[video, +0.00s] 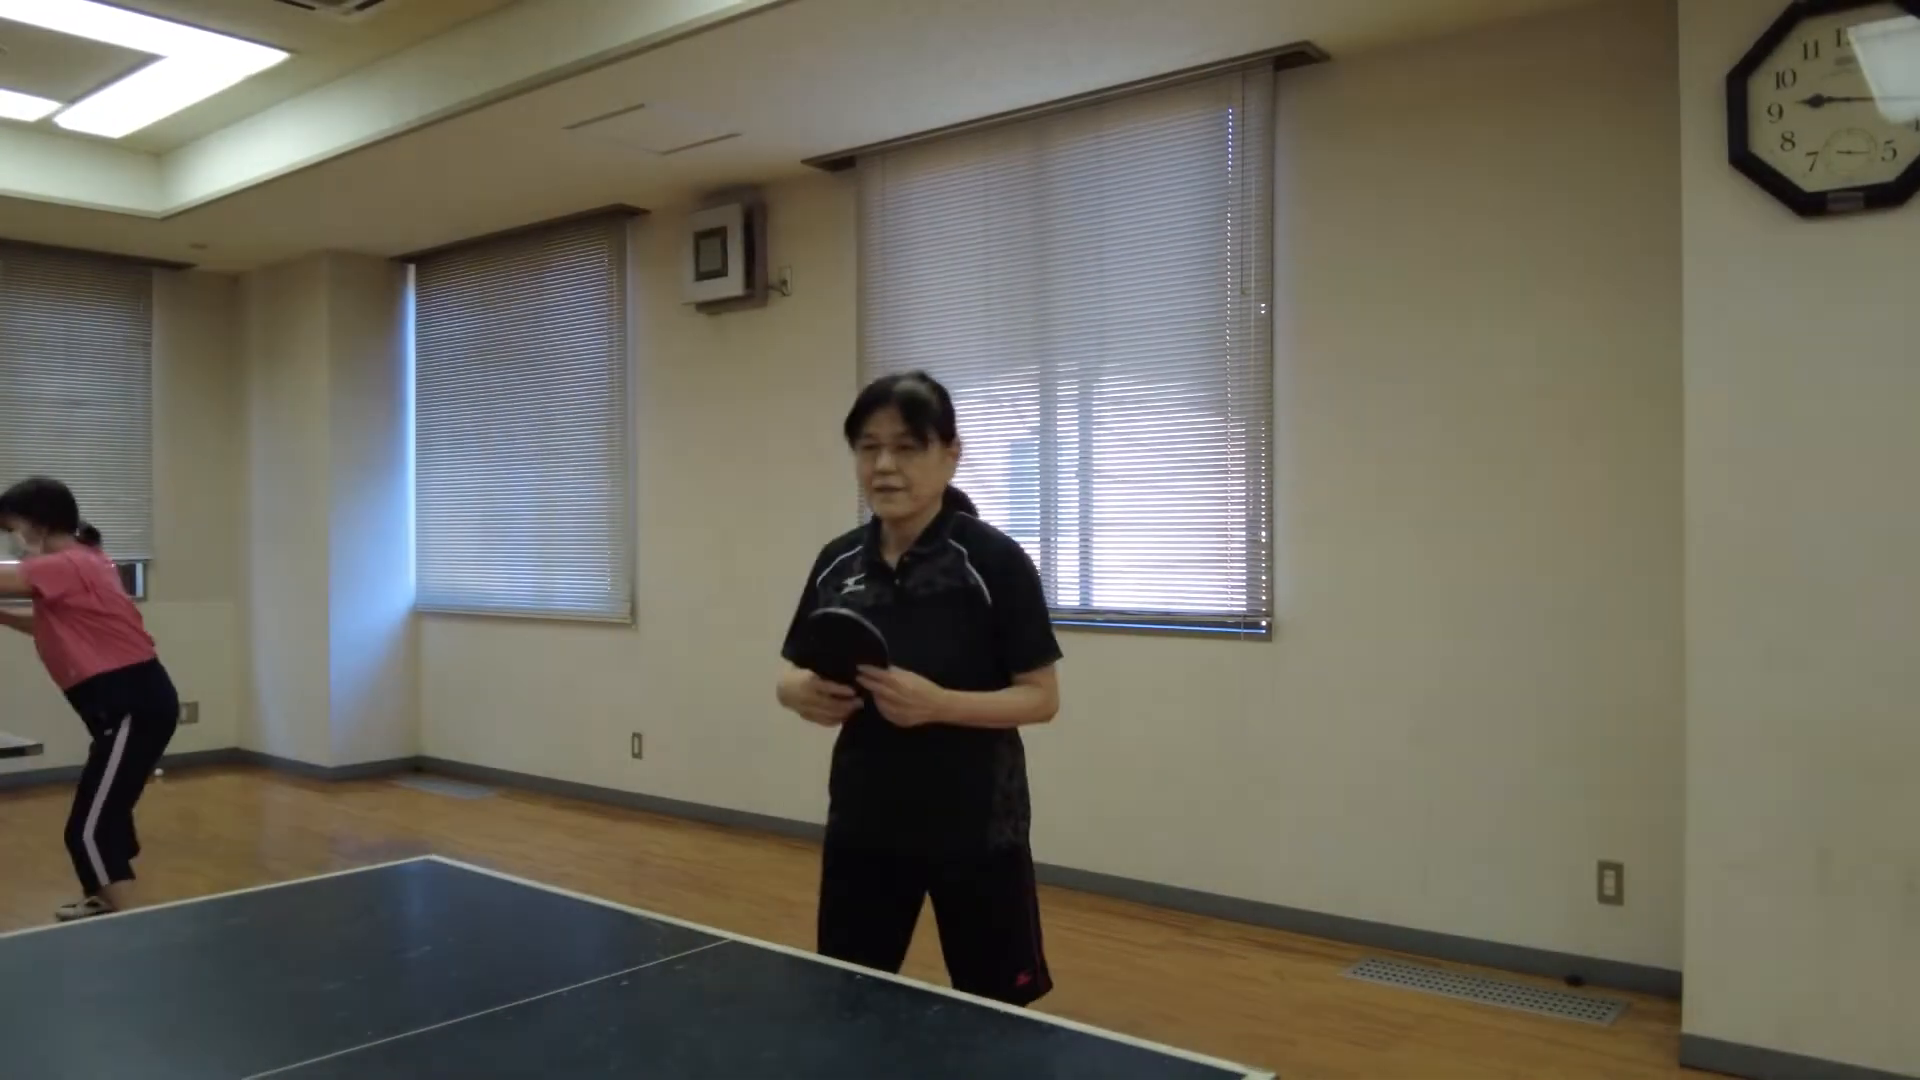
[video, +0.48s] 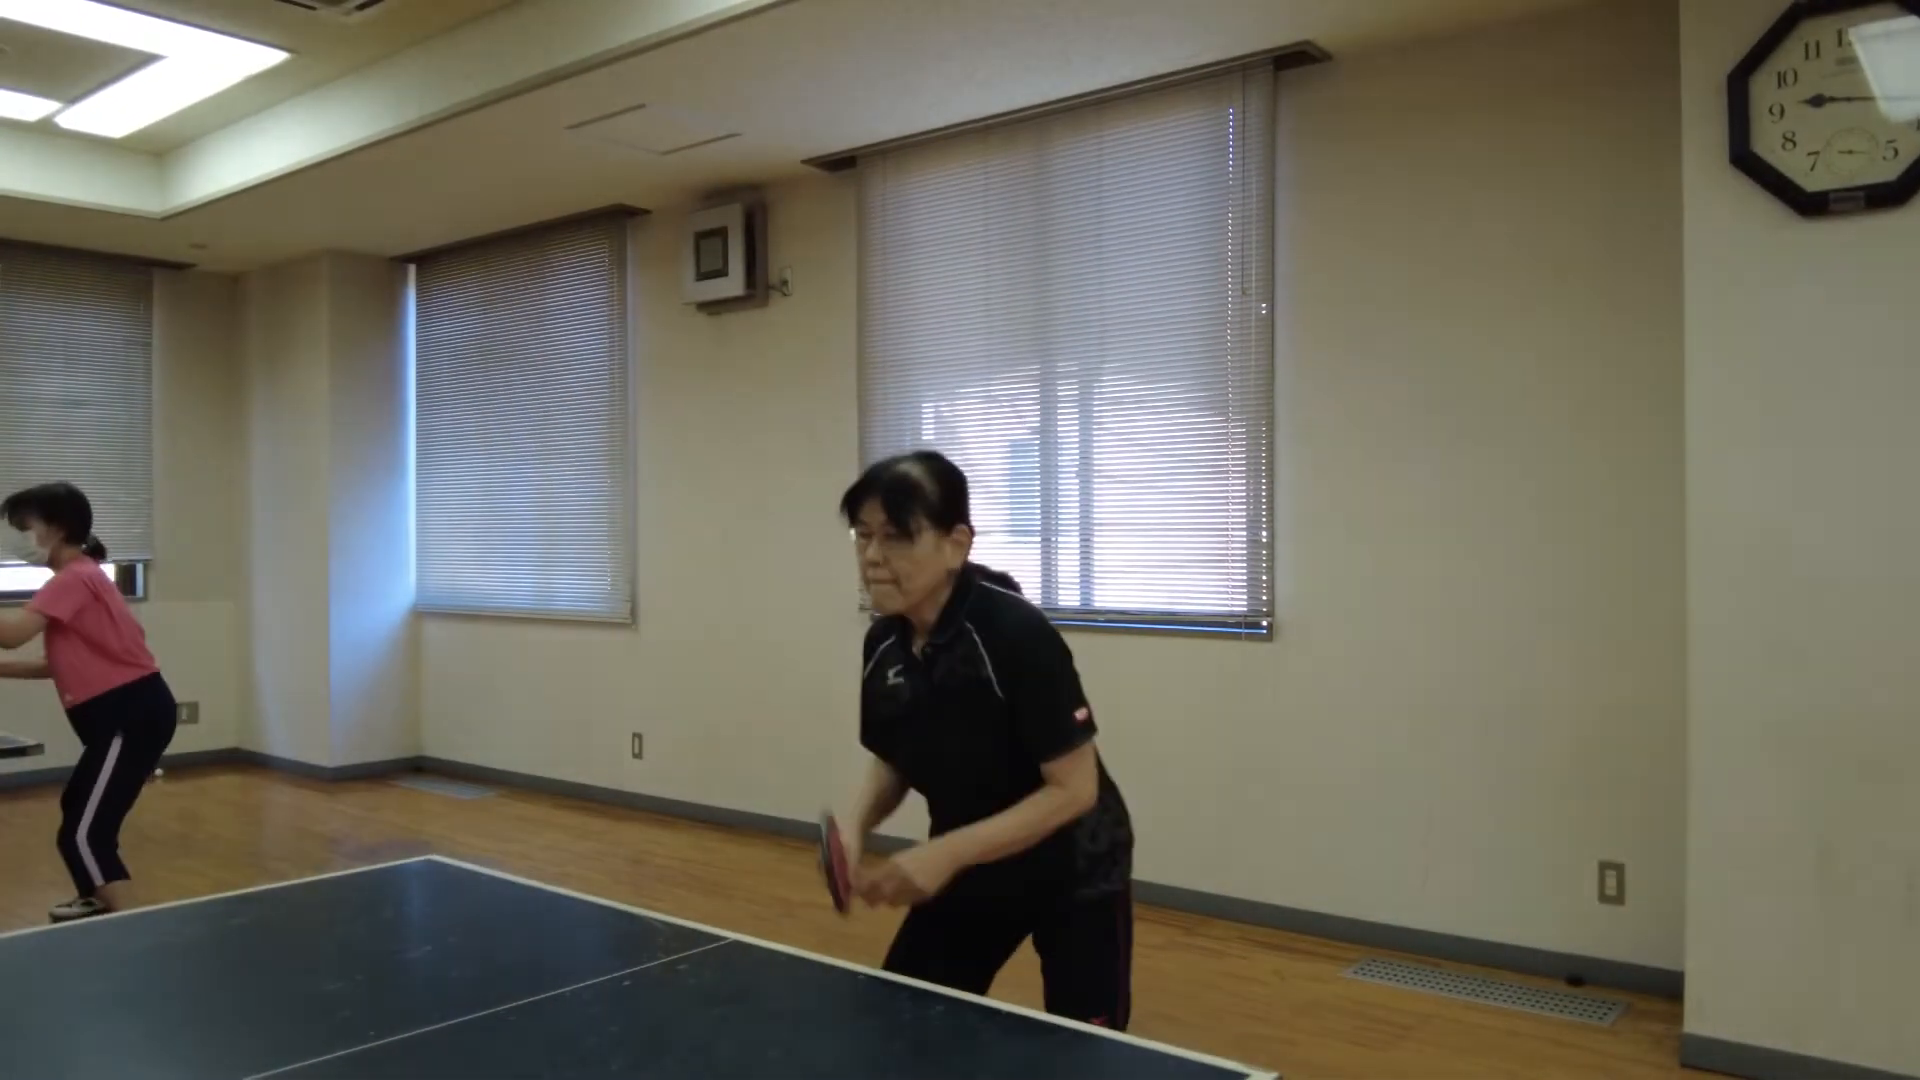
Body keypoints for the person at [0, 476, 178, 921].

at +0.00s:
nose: (15, 541)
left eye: (16, 530)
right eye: (13, 532)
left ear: (39, 523)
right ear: (54, 523)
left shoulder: (74, 563)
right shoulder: (73, 565)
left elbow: (5, 578)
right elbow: (52, 628)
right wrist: (0, 614)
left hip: (137, 706)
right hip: (121, 707)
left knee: (92, 829)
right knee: (88, 824)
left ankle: (133, 927)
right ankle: (106, 903)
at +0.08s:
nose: (23, 535)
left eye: (25, 524)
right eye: (20, 527)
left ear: (50, 521)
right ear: (58, 523)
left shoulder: (80, 569)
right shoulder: (70, 576)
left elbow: (10, 599)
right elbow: (49, 642)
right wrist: (0, 635)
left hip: (140, 710)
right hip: (120, 712)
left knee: (92, 827)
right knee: (89, 823)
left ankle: (122, 917)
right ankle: (105, 902)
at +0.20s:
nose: (27, 537)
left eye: (31, 525)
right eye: (24, 528)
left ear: (59, 524)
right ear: (56, 528)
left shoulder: (85, 577)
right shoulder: (67, 582)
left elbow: (41, 632)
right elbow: (52, 660)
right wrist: (3, 668)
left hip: (143, 712)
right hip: (115, 715)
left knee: (100, 819)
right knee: (79, 802)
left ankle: (133, 921)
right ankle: (107, 900)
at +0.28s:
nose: (28, 536)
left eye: (32, 524)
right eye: (26, 527)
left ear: (60, 524)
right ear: (56, 528)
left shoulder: (87, 579)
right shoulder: (64, 586)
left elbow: (46, 641)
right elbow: (49, 667)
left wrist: (1, 618)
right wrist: (1, 674)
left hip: (142, 711)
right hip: (111, 716)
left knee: (99, 816)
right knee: (76, 801)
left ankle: (125, 914)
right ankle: (106, 898)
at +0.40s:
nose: (29, 533)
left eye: (34, 522)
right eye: (27, 524)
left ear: (61, 521)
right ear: (61, 525)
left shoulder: (81, 574)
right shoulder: (69, 580)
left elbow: (24, 635)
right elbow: (49, 662)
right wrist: (3, 666)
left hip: (139, 707)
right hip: (112, 711)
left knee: (97, 818)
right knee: (75, 796)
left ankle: (128, 919)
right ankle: (101, 892)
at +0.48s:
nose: (31, 538)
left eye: (35, 526)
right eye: (29, 528)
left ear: (60, 526)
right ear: (68, 529)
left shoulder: (77, 577)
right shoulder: (77, 580)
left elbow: (12, 632)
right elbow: (58, 666)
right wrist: (1, 667)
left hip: (134, 714)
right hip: (115, 715)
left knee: (86, 832)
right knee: (75, 813)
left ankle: (132, 928)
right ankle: (99, 902)